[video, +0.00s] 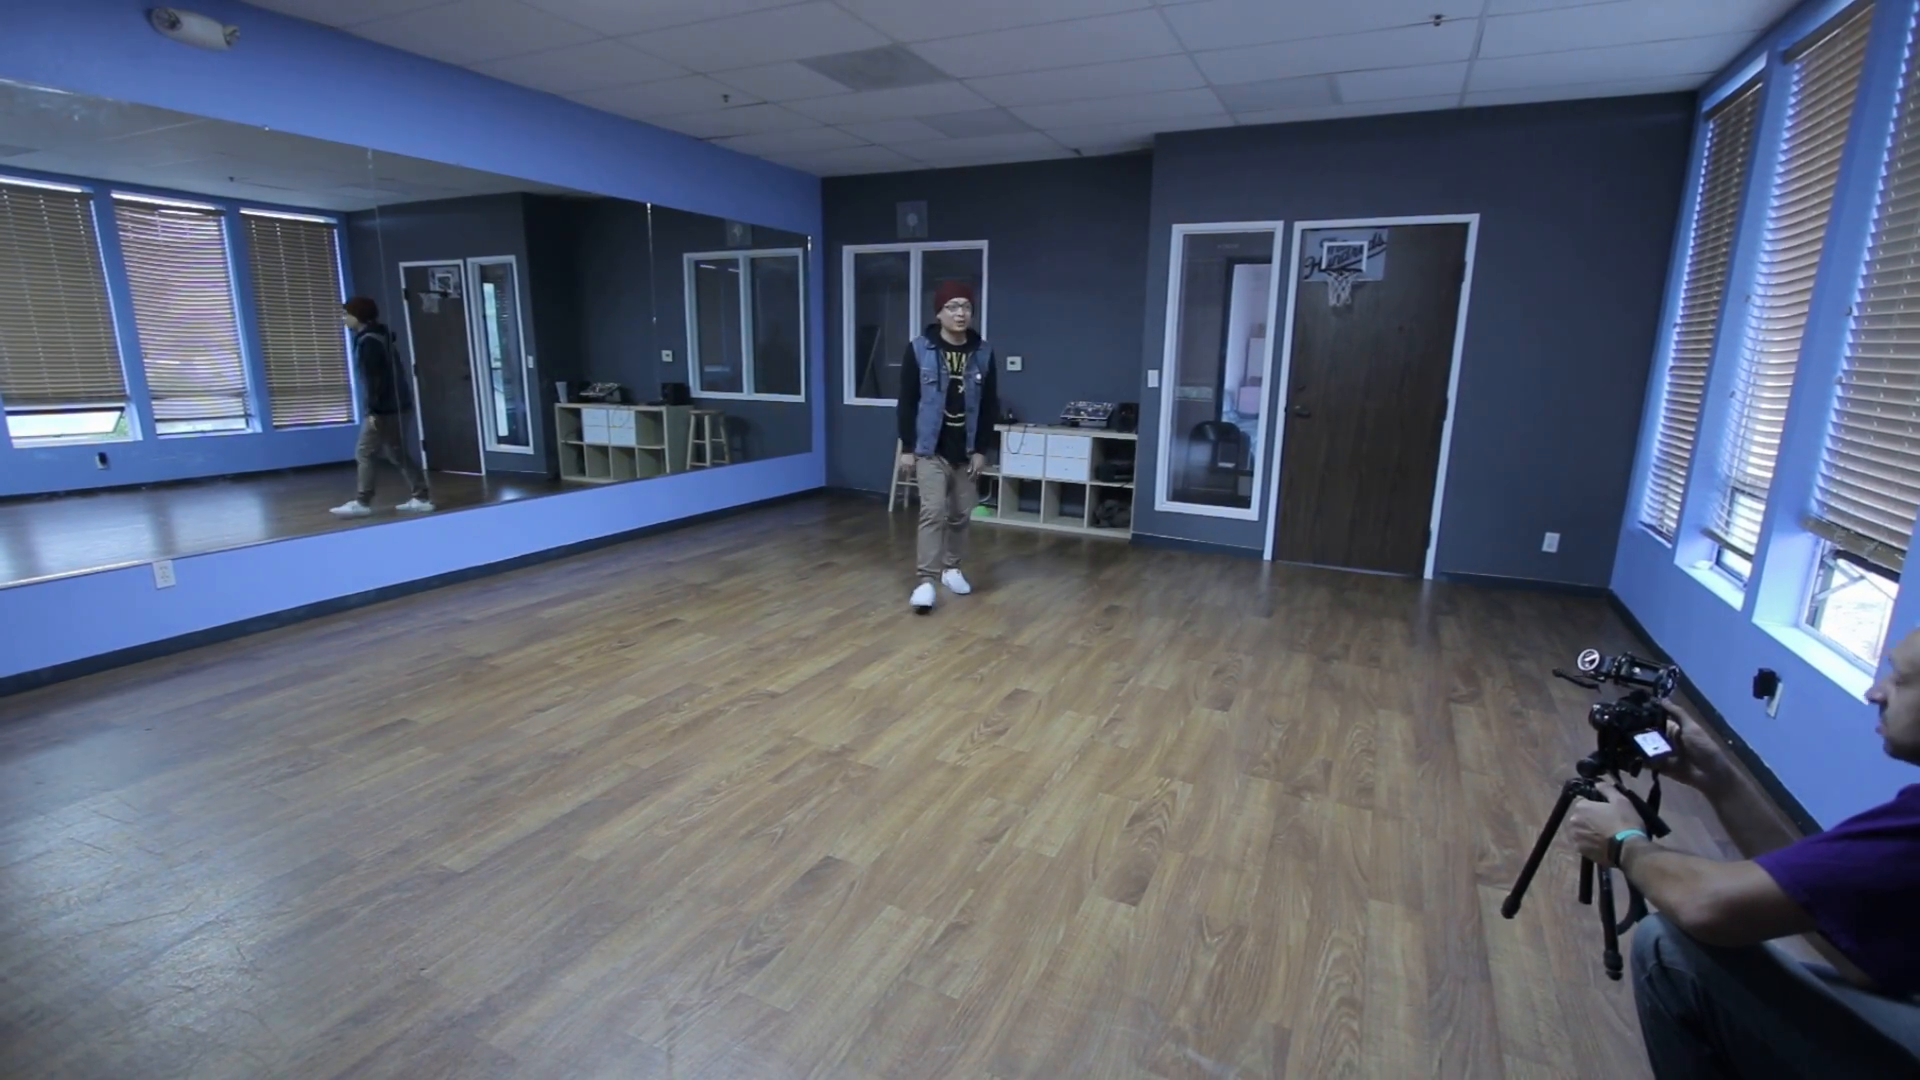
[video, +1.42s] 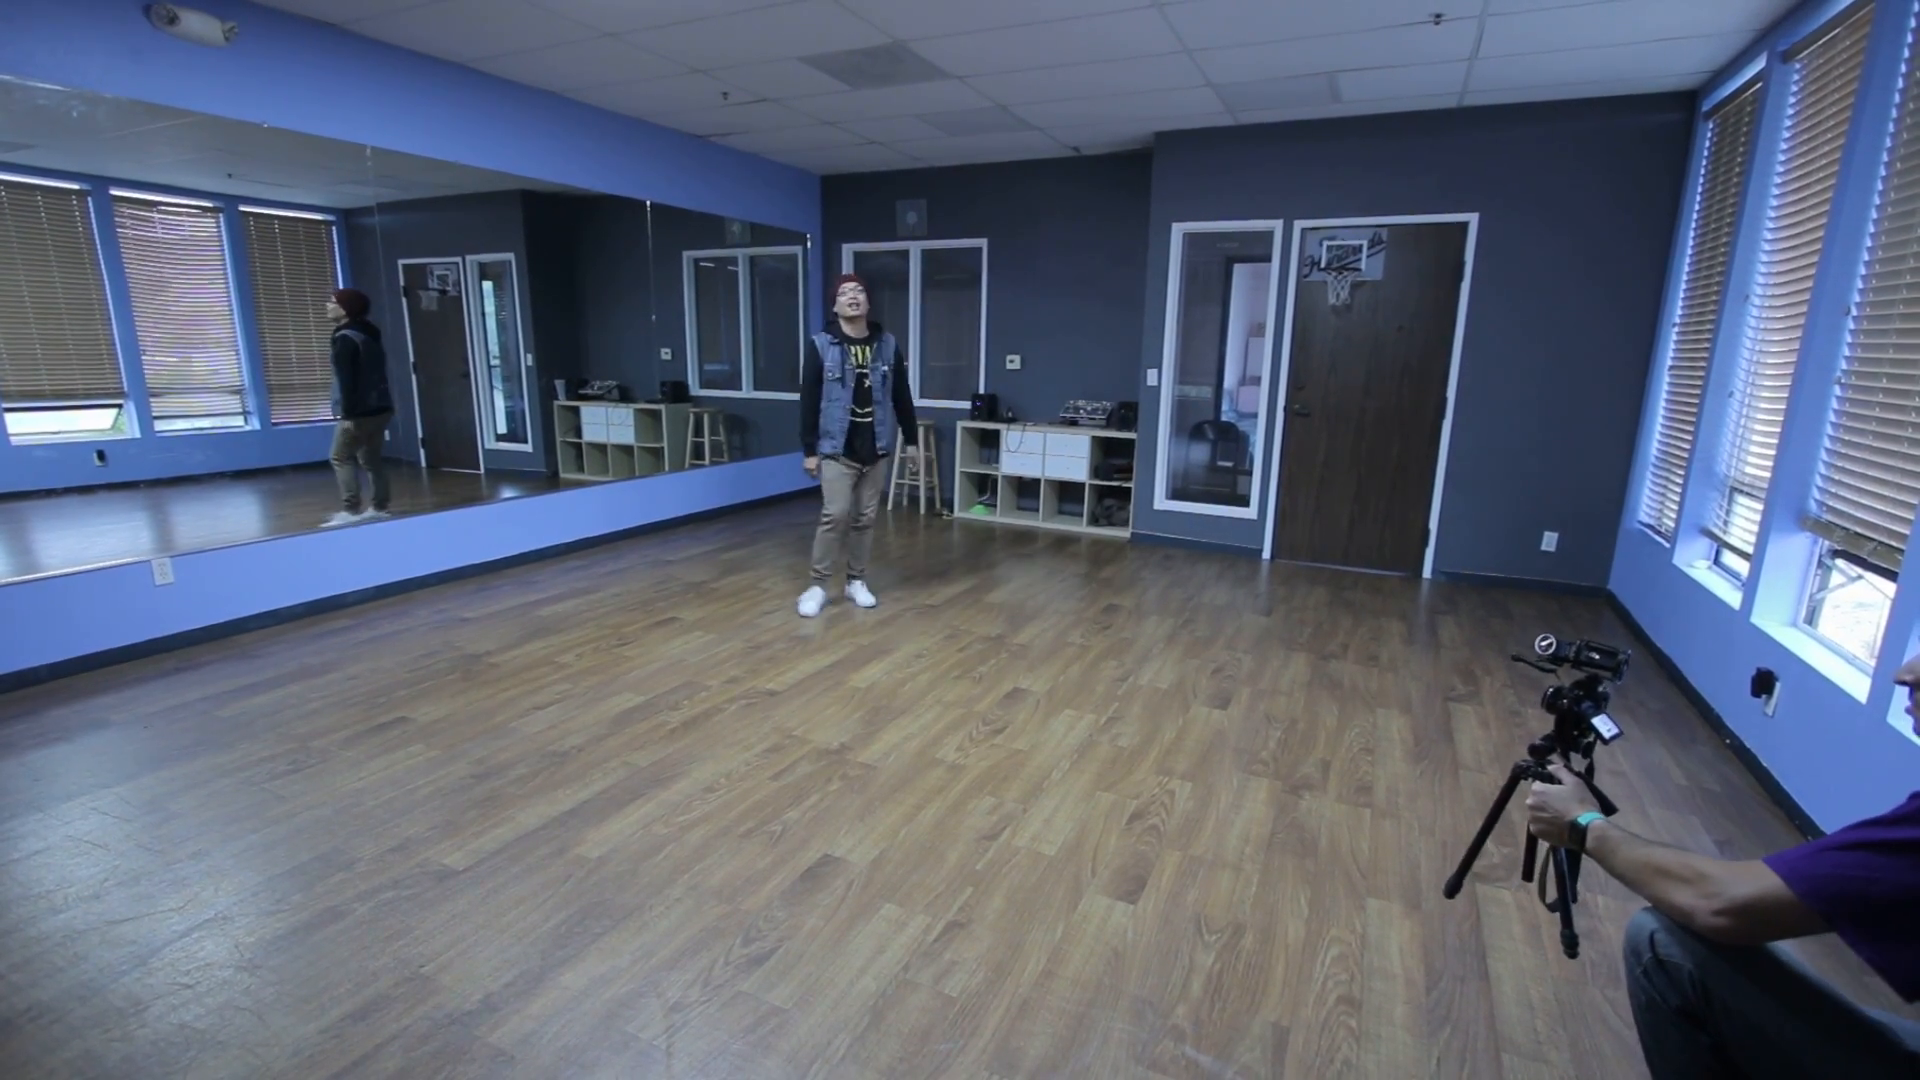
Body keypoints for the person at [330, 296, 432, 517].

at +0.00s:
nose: (344, 319)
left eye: (347, 315)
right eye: (344, 315)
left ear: (359, 317)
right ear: (366, 316)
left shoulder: (368, 340)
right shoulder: (380, 335)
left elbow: (375, 377)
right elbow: (382, 376)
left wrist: (373, 411)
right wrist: (380, 406)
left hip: (381, 409)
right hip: (392, 406)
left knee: (364, 452)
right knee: (397, 452)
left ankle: (363, 501)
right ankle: (421, 496)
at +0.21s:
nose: (323, 321)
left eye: (327, 318)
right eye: (325, 317)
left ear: (339, 320)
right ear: (348, 319)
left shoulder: (345, 345)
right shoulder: (367, 337)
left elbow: (349, 384)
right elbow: (376, 376)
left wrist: (344, 418)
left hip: (366, 413)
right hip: (386, 408)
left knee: (352, 458)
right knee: (398, 455)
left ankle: (345, 507)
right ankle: (423, 498)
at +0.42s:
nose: (289, 329)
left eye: (292, 325)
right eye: (290, 325)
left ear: (303, 327)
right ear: (316, 325)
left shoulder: (310, 352)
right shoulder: (334, 342)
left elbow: (314, 391)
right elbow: (340, 382)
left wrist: (311, 424)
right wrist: (331, 414)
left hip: (354, 413)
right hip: (376, 407)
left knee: (331, 458)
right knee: (397, 454)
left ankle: (340, 507)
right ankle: (421, 496)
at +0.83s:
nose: (270, 321)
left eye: (274, 317)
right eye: (271, 317)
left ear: (287, 320)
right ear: (297, 318)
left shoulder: (294, 344)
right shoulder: (319, 334)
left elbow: (289, 384)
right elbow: (320, 375)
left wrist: (276, 419)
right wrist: (305, 403)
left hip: (337, 408)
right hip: (362, 401)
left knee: (330, 457)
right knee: (367, 453)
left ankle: (339, 505)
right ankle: (394, 496)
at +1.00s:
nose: (285, 311)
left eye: (289, 307)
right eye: (286, 307)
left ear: (302, 312)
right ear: (312, 310)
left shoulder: (306, 337)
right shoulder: (331, 329)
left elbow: (308, 378)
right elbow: (334, 373)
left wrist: (302, 413)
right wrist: (318, 406)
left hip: (339, 405)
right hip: (361, 400)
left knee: (333, 456)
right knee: (357, 454)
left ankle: (338, 504)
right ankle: (376, 501)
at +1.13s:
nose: (300, 308)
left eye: (304, 304)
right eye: (301, 303)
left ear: (317, 309)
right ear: (325, 309)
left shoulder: (319, 337)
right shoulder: (346, 329)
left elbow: (322, 377)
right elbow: (355, 369)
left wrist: (324, 412)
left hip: (342, 409)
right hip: (364, 404)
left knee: (327, 454)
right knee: (360, 454)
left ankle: (336, 503)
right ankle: (379, 504)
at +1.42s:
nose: (327, 306)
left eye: (333, 303)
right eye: (329, 302)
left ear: (346, 309)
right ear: (352, 310)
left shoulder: (343, 338)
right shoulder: (370, 332)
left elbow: (346, 379)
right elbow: (378, 373)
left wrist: (346, 413)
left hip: (356, 413)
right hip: (378, 410)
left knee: (341, 458)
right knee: (371, 459)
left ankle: (351, 508)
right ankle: (380, 507)